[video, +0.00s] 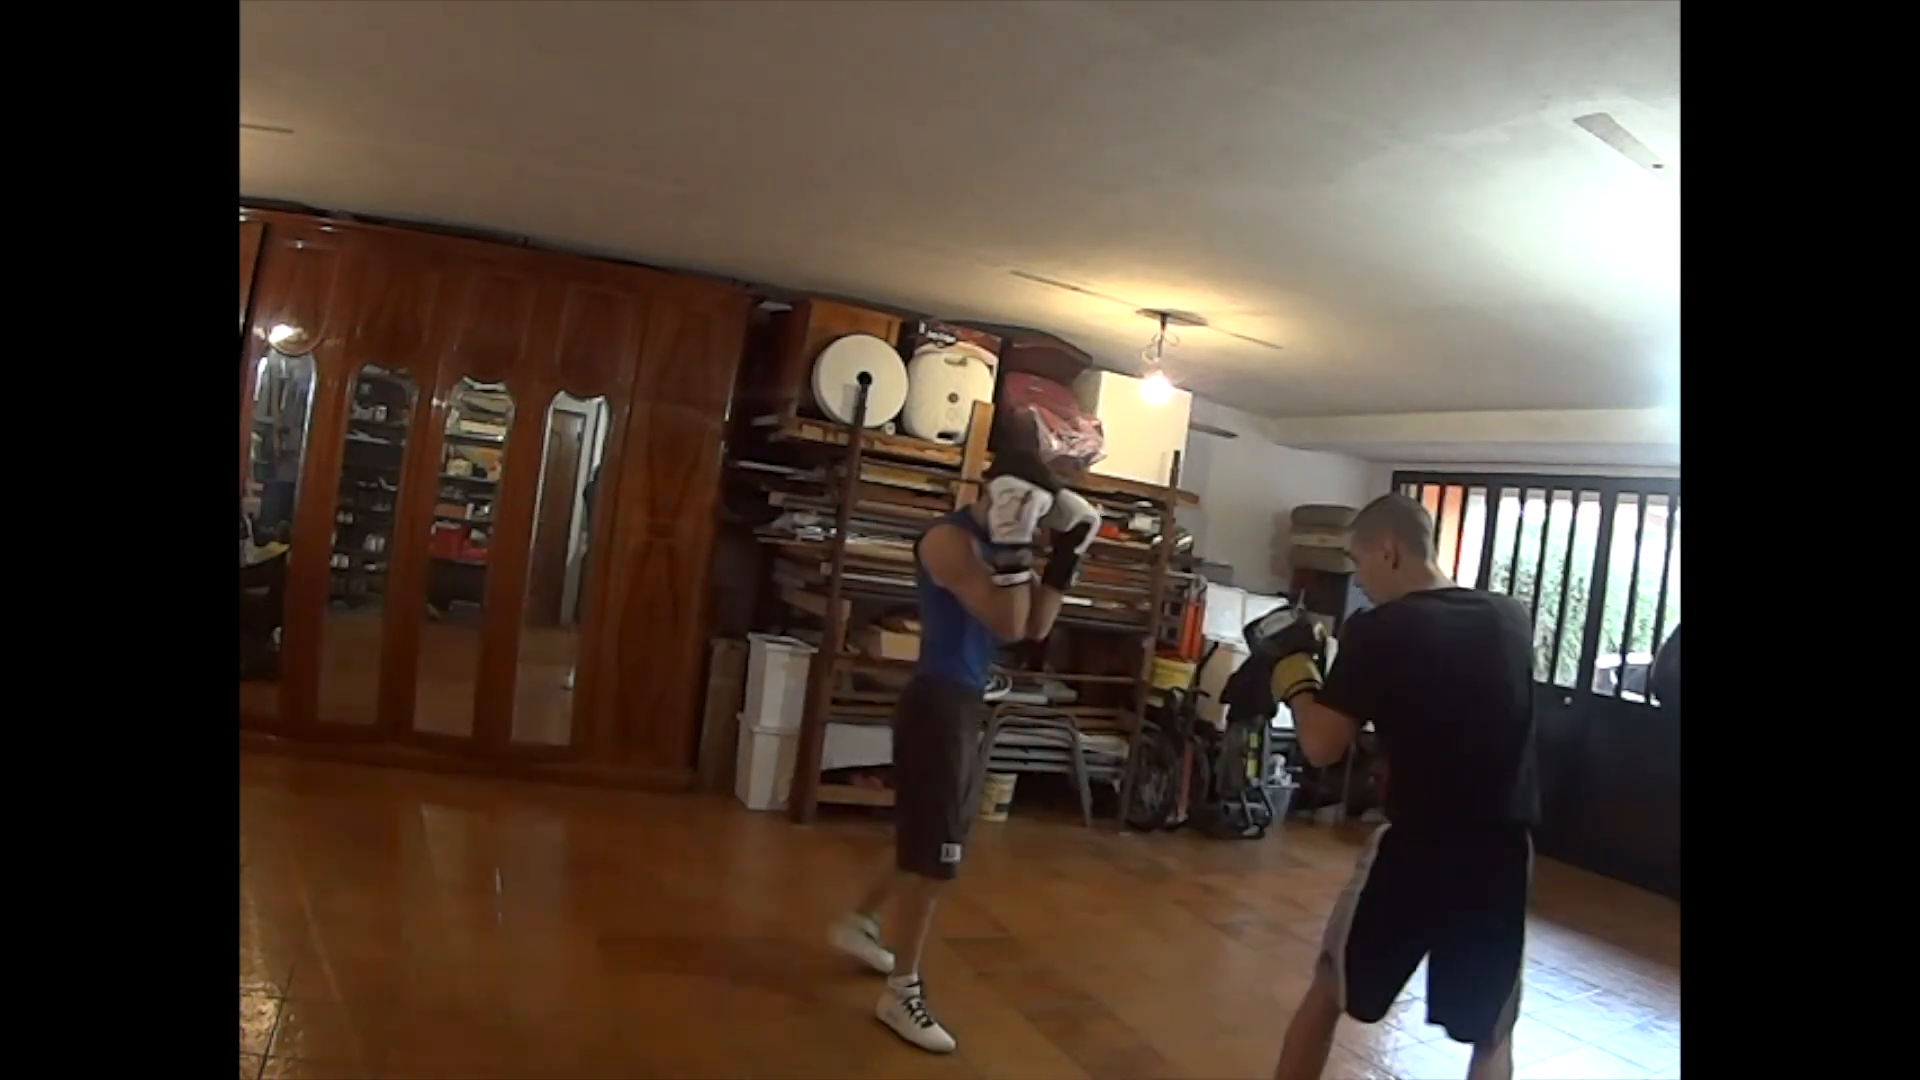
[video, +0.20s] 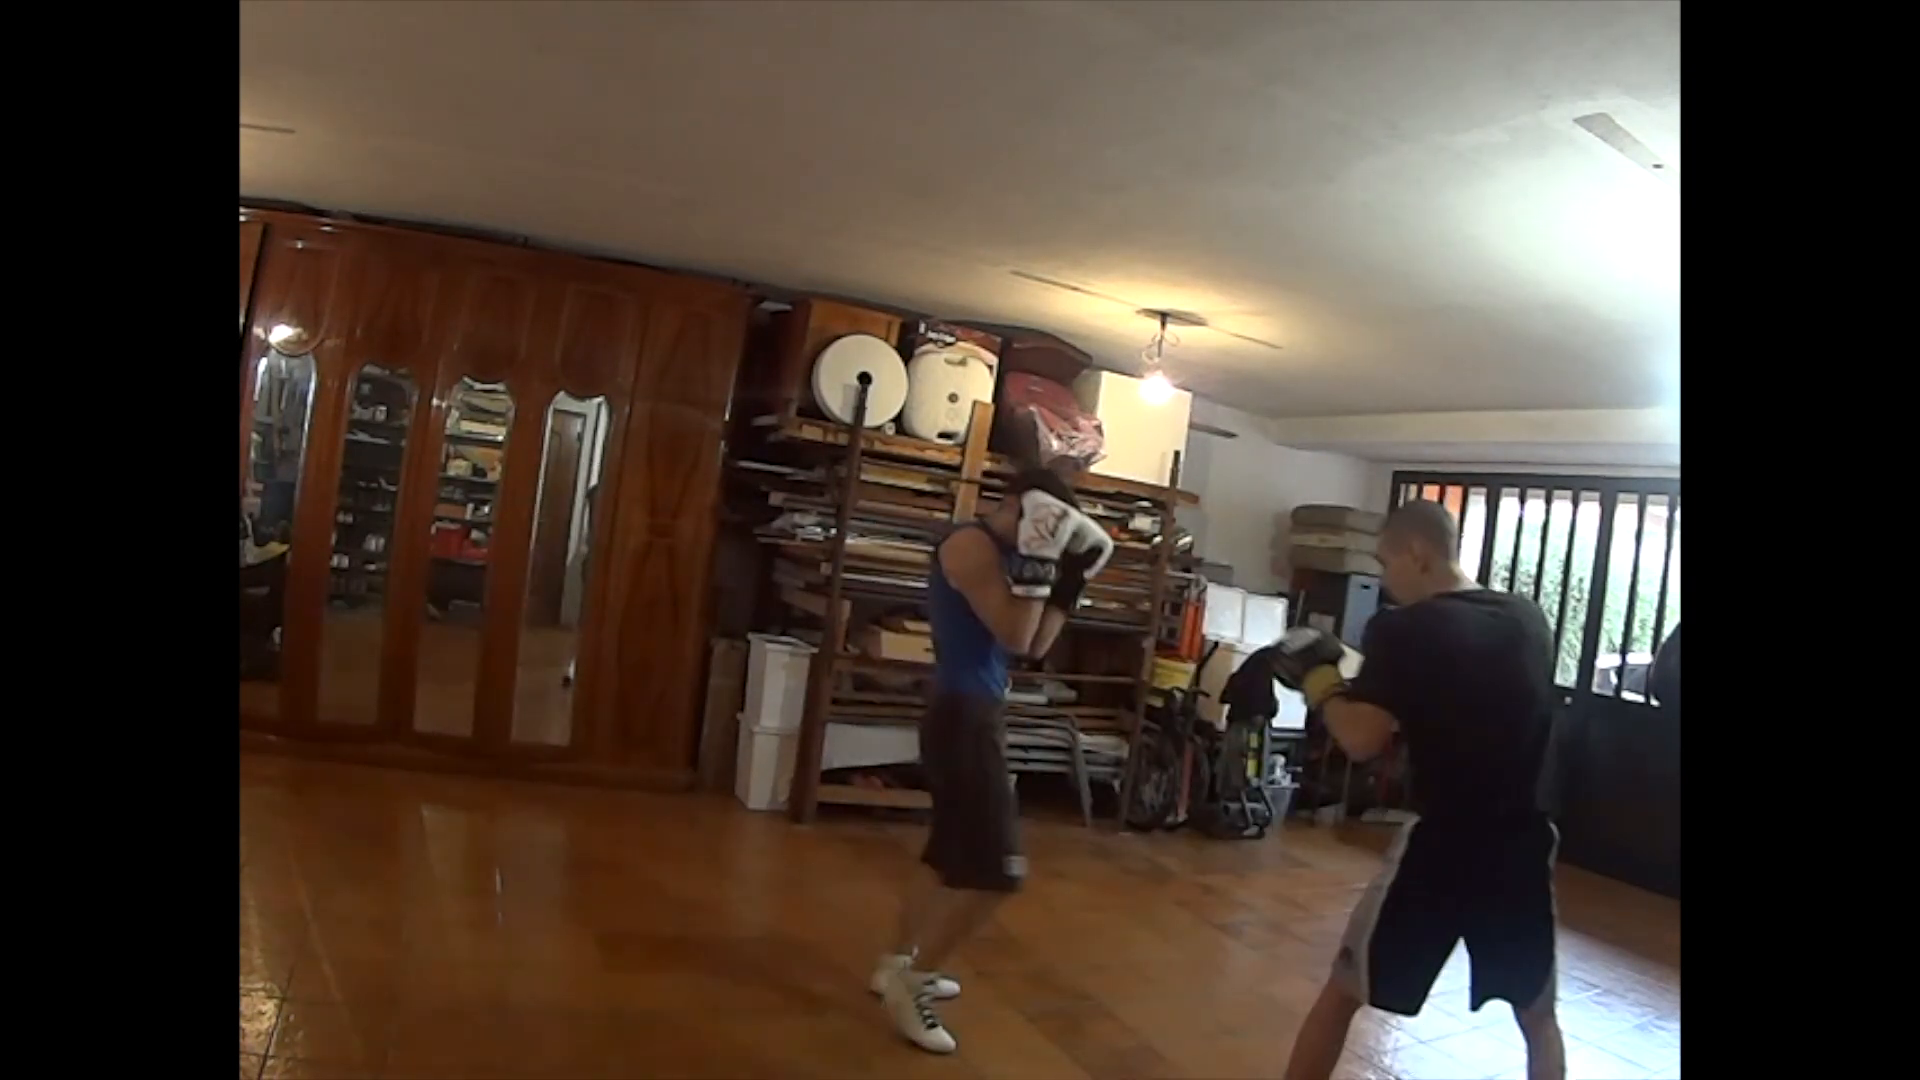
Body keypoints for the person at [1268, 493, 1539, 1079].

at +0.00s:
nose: (1360, 579)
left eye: (1360, 564)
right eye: (1356, 567)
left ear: (1390, 550)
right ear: (1426, 549)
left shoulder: (1379, 630)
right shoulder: (1511, 617)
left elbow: (1322, 745)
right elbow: (1481, 719)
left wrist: (1290, 668)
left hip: (1414, 848)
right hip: (1502, 851)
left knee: (1328, 992)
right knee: (1494, 1035)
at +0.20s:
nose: (1385, 584)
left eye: (1386, 567)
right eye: (1383, 569)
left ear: (1417, 555)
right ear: (1445, 553)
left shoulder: (1404, 629)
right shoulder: (1528, 618)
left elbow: (1360, 738)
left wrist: (1320, 677)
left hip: (1437, 845)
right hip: (1521, 844)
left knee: (1343, 993)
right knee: (1539, 1019)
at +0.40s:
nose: (1462, 601)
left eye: (1464, 587)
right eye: (1460, 588)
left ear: (1493, 582)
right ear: (1522, 580)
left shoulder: (1487, 652)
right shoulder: (1585, 652)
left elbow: (1450, 752)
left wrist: (1390, 714)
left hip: (1486, 864)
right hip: (1564, 867)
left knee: (1368, 990)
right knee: (1573, 1018)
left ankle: (1312, 1075)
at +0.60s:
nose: (1488, 606)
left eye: (1492, 591)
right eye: (1486, 593)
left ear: (1532, 582)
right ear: (1550, 584)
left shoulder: (1520, 652)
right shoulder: (1614, 650)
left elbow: (1487, 753)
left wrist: (1425, 713)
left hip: (1526, 852)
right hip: (1598, 855)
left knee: (1401, 964)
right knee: (1583, 1005)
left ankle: (1366, 1076)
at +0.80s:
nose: (1490, 620)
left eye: (1495, 605)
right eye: (1487, 607)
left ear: (1534, 598)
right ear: (1549, 600)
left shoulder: (1521, 668)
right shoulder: (1617, 661)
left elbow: (1472, 757)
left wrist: (1421, 697)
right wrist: (1427, 703)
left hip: (1538, 860)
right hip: (1610, 861)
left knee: (1420, 975)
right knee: (1611, 999)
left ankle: (1379, 1078)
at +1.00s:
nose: (1553, 625)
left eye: (1559, 610)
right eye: (1552, 611)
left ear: (1598, 603)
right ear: (1606, 605)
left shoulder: (1593, 670)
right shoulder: (1669, 671)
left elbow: (1566, 767)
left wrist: (1492, 738)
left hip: (1592, 863)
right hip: (1655, 867)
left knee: (1462, 988)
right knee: (1641, 1014)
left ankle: (1396, 1076)